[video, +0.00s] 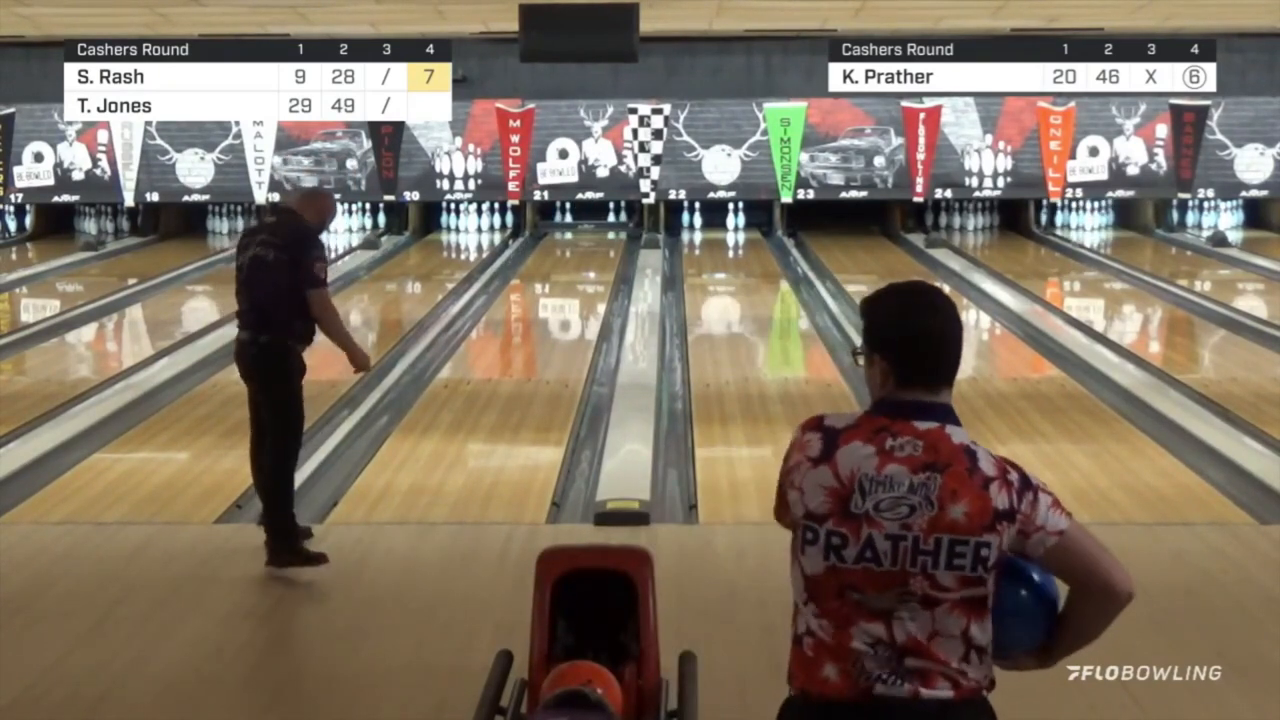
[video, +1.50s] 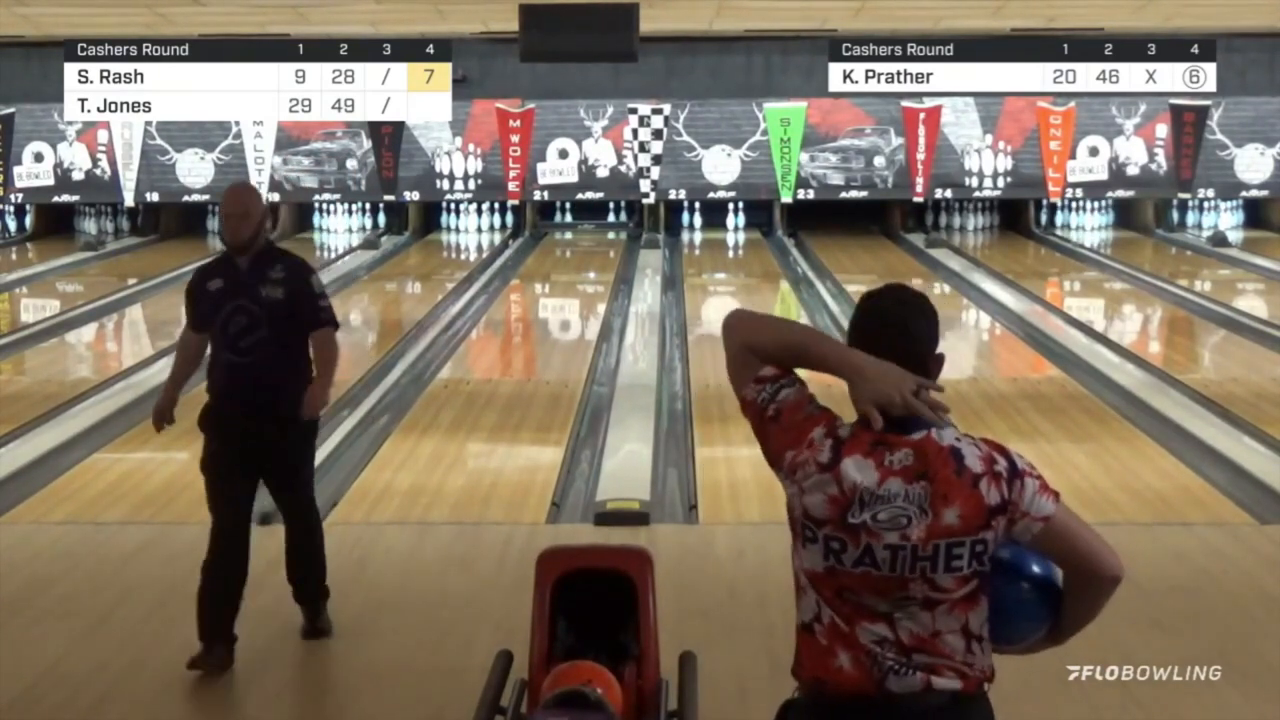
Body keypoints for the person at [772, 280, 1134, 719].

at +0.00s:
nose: (864, 367)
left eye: (865, 356)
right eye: (866, 355)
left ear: (877, 367)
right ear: (953, 365)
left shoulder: (816, 448)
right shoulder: (996, 481)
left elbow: (788, 513)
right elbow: (1109, 586)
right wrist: (1046, 650)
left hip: (823, 699)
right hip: (951, 702)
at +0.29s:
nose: (865, 358)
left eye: (866, 349)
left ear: (872, 363)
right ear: (956, 359)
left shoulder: (814, 461)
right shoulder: (1003, 472)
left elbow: (704, 486)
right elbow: (1117, 572)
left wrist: (772, 467)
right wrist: (1058, 639)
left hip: (835, 697)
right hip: (959, 698)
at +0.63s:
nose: (864, 358)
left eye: (865, 347)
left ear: (869, 359)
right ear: (956, 362)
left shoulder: (806, 461)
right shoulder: (999, 469)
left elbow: (674, 448)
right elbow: (1110, 573)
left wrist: (783, 406)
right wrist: (1052, 635)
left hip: (836, 699)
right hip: (960, 700)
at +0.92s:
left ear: (860, 361)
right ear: (949, 368)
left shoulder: (809, 459)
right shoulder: (994, 471)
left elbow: (704, 369)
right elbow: (1105, 572)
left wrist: (778, 267)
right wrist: (1051, 631)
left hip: (834, 699)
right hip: (958, 699)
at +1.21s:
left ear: (867, 366)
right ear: (949, 369)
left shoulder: (813, 456)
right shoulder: (996, 471)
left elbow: (724, 340)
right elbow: (1104, 575)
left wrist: (842, 354)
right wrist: (1048, 637)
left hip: (835, 693)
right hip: (956, 694)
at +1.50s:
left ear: (853, 370)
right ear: (936, 370)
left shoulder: (813, 457)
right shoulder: (990, 469)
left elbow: (741, 330)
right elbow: (1101, 569)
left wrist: (854, 366)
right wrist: (1046, 632)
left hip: (833, 697)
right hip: (953, 699)